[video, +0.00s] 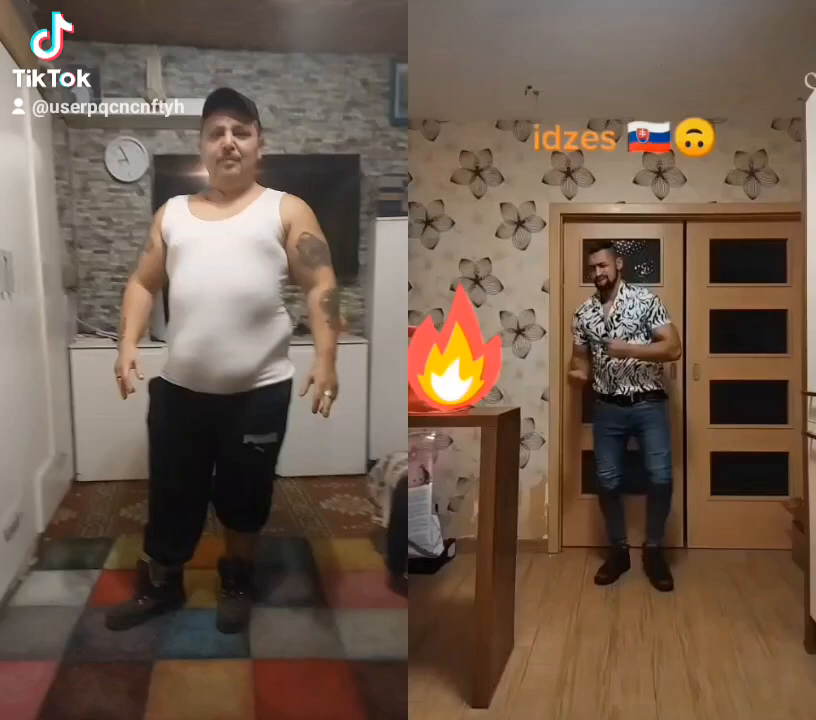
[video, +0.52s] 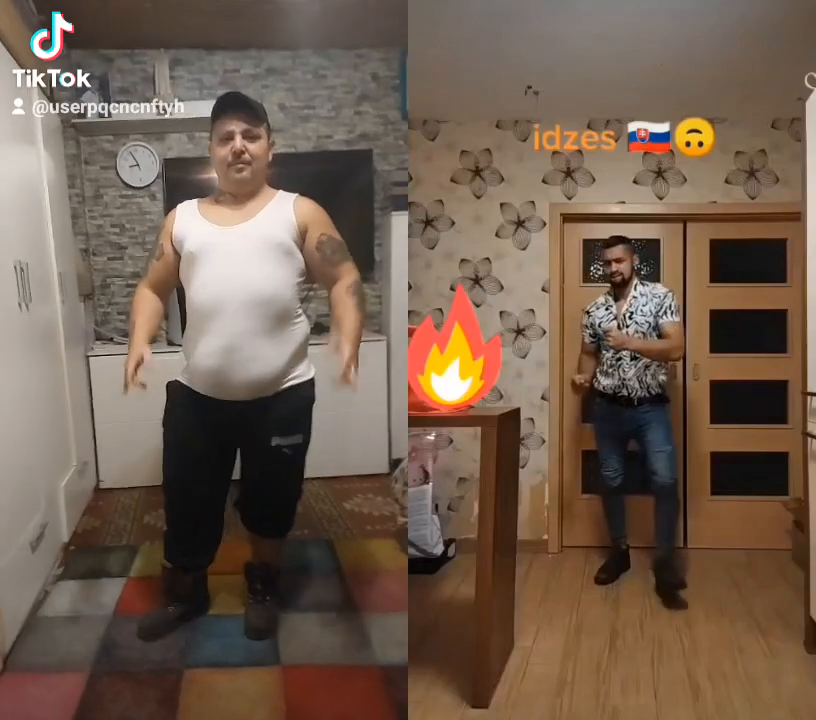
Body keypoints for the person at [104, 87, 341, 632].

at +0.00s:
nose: (228, 144)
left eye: (240, 133)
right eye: (217, 134)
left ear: (259, 144)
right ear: (202, 147)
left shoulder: (288, 212)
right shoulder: (173, 215)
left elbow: (321, 287)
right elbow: (144, 282)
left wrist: (327, 360)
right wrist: (128, 345)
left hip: (257, 391)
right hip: (179, 387)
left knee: (243, 499)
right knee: (170, 494)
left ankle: (236, 585)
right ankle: (161, 587)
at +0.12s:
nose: (226, 138)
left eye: (238, 127)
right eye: (214, 128)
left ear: (257, 138)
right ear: (200, 141)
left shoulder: (286, 207)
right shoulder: (171, 209)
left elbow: (317, 282)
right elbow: (142, 279)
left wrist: (321, 359)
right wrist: (126, 344)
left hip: (255, 386)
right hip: (176, 382)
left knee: (241, 493)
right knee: (167, 489)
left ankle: (233, 579)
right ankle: (159, 582)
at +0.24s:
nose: (229, 137)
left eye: (241, 126)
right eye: (217, 127)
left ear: (260, 138)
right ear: (203, 140)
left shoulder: (289, 206)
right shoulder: (173, 208)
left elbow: (322, 280)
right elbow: (144, 280)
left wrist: (326, 357)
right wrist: (128, 347)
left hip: (258, 385)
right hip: (180, 381)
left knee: (245, 493)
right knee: (172, 488)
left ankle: (238, 576)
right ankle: (165, 582)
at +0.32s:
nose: (233, 138)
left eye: (245, 128)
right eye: (222, 128)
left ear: (265, 139)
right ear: (208, 141)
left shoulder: (294, 207)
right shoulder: (177, 210)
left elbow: (327, 281)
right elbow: (148, 280)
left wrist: (333, 356)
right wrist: (132, 348)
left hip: (263, 386)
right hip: (185, 383)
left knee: (250, 495)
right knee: (177, 491)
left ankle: (242, 578)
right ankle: (170, 583)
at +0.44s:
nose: (240, 150)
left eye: (252, 139)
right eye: (228, 141)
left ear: (271, 150)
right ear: (213, 154)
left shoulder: (301, 218)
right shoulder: (183, 223)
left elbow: (339, 287)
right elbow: (154, 290)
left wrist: (344, 357)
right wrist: (138, 354)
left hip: (274, 398)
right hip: (195, 396)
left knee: (262, 508)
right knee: (185, 505)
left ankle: (255, 590)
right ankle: (180, 595)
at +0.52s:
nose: (239, 148)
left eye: (251, 137)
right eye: (227, 139)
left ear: (270, 148)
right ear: (212, 154)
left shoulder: (301, 215)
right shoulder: (182, 222)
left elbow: (344, 279)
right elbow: (153, 287)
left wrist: (348, 342)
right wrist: (139, 340)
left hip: (280, 395)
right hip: (198, 395)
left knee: (269, 508)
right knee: (187, 504)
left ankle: (263, 588)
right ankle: (186, 593)